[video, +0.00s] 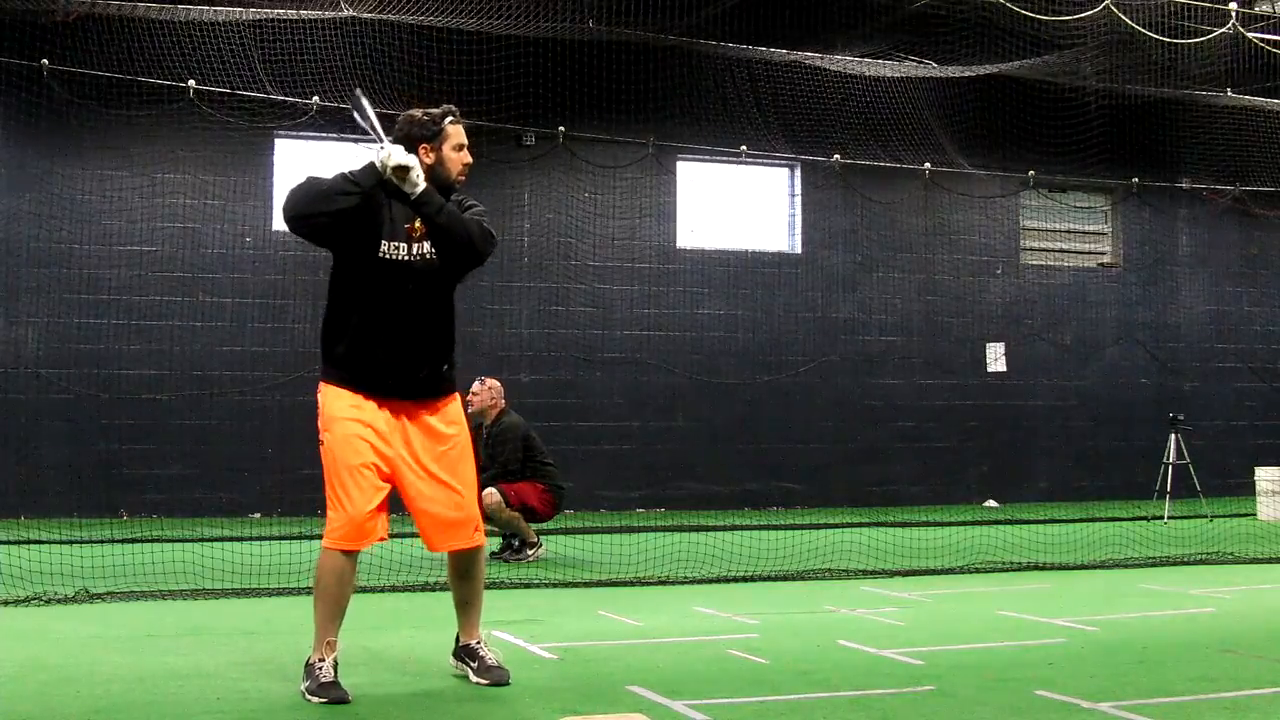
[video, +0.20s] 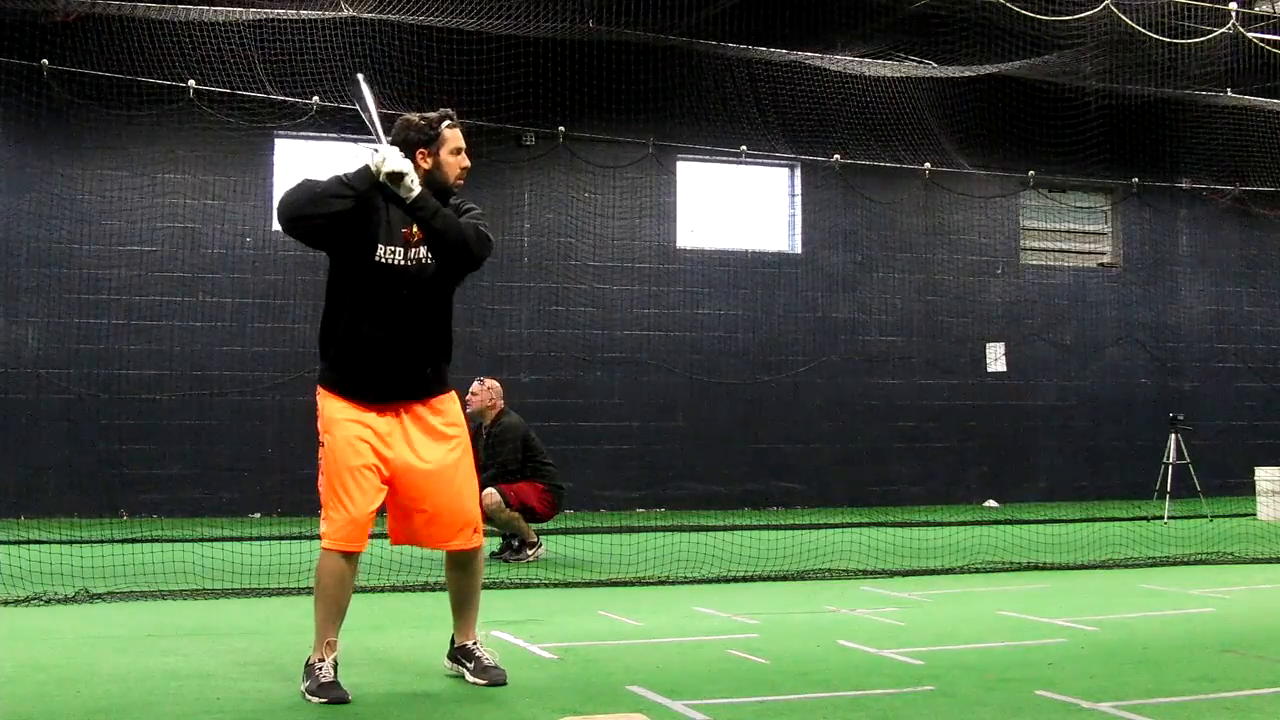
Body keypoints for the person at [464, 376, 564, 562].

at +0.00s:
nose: (468, 398)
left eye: (475, 394)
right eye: (469, 393)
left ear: (493, 401)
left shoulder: (509, 425)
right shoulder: (479, 429)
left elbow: (508, 471)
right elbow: (479, 467)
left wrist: (471, 487)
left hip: (543, 491)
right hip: (514, 488)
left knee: (490, 499)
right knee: (467, 499)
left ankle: (532, 541)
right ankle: (511, 535)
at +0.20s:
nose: (467, 398)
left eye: (474, 394)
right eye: (468, 393)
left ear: (492, 401)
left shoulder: (509, 425)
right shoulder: (479, 430)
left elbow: (506, 472)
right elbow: (478, 467)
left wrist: (470, 489)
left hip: (543, 491)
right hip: (513, 488)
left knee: (490, 499)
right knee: (468, 498)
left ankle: (531, 541)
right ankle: (511, 535)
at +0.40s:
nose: (467, 398)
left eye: (474, 394)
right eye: (468, 393)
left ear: (492, 400)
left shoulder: (508, 426)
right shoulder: (482, 428)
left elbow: (507, 472)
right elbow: (482, 467)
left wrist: (471, 486)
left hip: (542, 490)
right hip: (516, 487)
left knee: (489, 500)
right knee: (470, 501)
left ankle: (531, 541)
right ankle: (511, 536)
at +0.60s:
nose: (468, 399)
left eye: (474, 394)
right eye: (468, 394)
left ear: (492, 401)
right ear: (490, 402)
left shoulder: (508, 426)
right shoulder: (482, 428)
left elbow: (506, 472)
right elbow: (481, 467)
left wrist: (472, 486)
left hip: (542, 491)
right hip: (516, 487)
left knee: (489, 499)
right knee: (471, 498)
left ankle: (531, 541)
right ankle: (511, 536)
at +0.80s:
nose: (467, 401)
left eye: (473, 396)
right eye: (467, 396)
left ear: (492, 402)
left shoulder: (508, 426)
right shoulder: (483, 428)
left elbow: (505, 472)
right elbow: (483, 467)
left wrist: (471, 486)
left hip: (542, 491)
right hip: (517, 488)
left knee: (489, 500)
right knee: (472, 497)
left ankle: (531, 541)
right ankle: (511, 536)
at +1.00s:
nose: (466, 402)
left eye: (471, 397)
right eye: (466, 397)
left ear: (489, 402)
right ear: (487, 403)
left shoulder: (507, 426)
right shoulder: (483, 428)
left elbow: (507, 471)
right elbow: (483, 467)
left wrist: (471, 486)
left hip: (542, 491)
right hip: (518, 488)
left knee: (489, 499)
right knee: (470, 497)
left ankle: (531, 541)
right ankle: (511, 536)